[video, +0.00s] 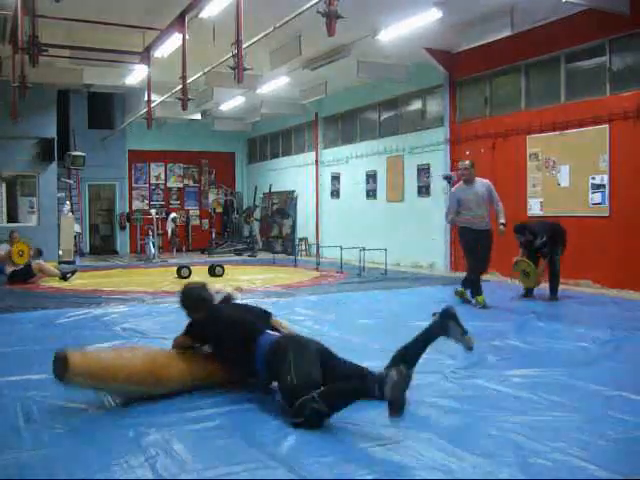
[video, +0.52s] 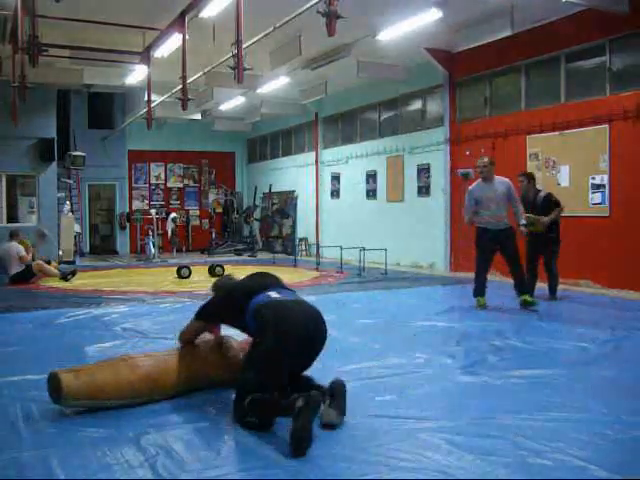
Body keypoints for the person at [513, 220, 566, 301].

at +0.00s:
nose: (520, 240)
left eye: (520, 238)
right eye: (518, 238)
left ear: (526, 234)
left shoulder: (541, 235)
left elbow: (545, 257)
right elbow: (522, 246)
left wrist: (539, 275)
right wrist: (520, 257)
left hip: (555, 238)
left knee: (554, 267)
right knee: (530, 263)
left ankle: (553, 293)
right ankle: (528, 290)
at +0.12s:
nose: (518, 230)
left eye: (519, 227)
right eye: (517, 228)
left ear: (526, 225)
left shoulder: (542, 226)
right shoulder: (524, 228)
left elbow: (550, 246)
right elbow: (526, 240)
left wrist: (542, 264)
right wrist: (523, 252)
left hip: (555, 238)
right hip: (538, 239)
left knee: (553, 263)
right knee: (531, 261)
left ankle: (553, 293)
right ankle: (528, 290)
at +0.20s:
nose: (518, 216)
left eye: (519, 213)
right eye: (517, 213)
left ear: (526, 212)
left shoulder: (543, 217)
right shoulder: (523, 219)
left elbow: (554, 234)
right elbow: (526, 230)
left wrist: (545, 249)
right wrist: (523, 240)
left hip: (554, 236)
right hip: (538, 236)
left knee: (552, 262)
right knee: (532, 262)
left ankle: (553, 293)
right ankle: (529, 290)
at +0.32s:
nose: (516, 201)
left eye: (518, 198)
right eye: (516, 198)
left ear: (526, 198)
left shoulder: (543, 206)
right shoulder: (523, 211)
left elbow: (556, 219)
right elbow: (526, 226)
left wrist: (546, 235)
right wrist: (531, 237)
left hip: (553, 236)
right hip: (537, 236)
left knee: (552, 262)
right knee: (533, 263)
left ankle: (553, 292)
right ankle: (529, 290)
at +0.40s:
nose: (518, 192)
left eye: (520, 189)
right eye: (517, 189)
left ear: (528, 189)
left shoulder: (544, 199)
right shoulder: (523, 202)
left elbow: (559, 209)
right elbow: (524, 217)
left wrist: (548, 222)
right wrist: (525, 226)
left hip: (551, 236)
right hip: (535, 236)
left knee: (551, 264)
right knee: (532, 265)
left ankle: (553, 293)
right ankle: (529, 292)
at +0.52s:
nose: (520, 185)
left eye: (522, 182)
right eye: (519, 182)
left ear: (531, 183)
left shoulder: (545, 197)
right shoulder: (523, 198)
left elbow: (558, 208)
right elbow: (521, 213)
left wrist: (548, 219)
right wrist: (524, 221)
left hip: (549, 235)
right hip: (532, 234)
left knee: (550, 265)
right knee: (531, 265)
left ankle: (552, 293)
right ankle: (529, 293)